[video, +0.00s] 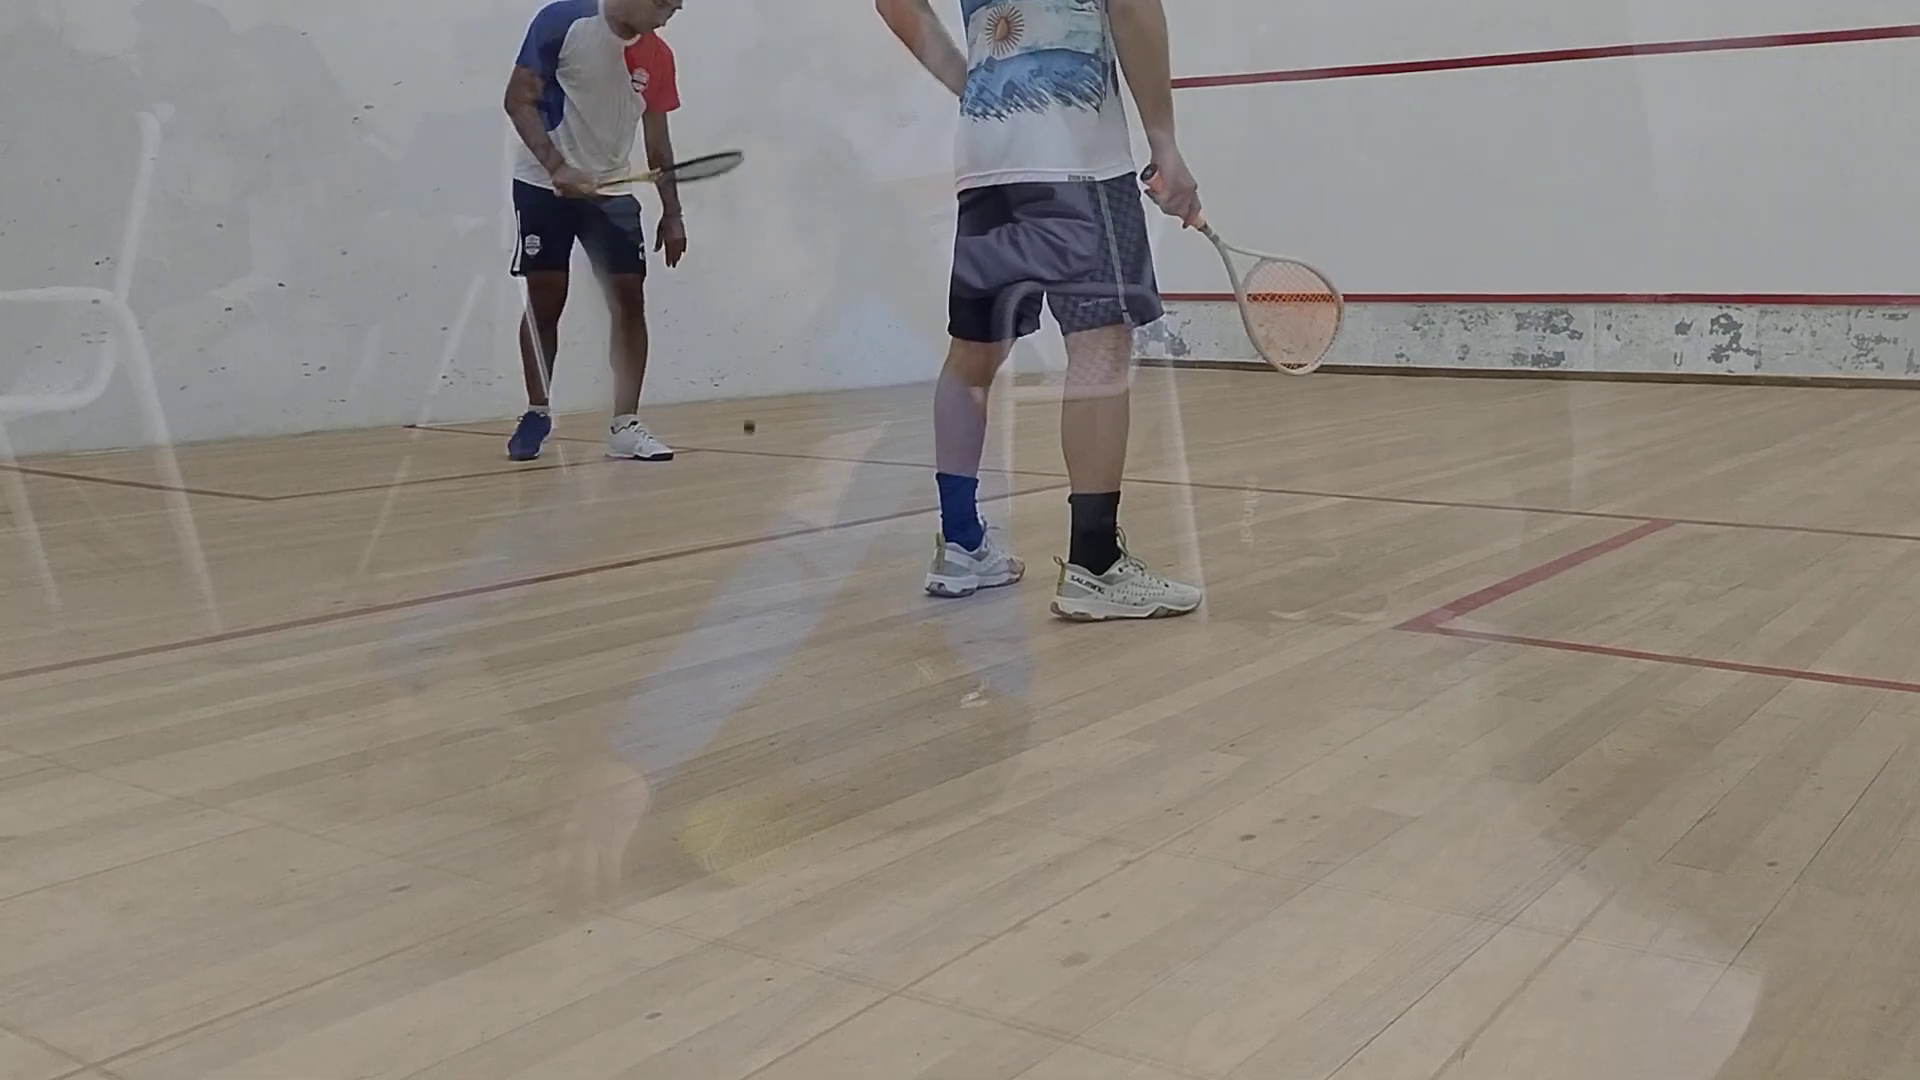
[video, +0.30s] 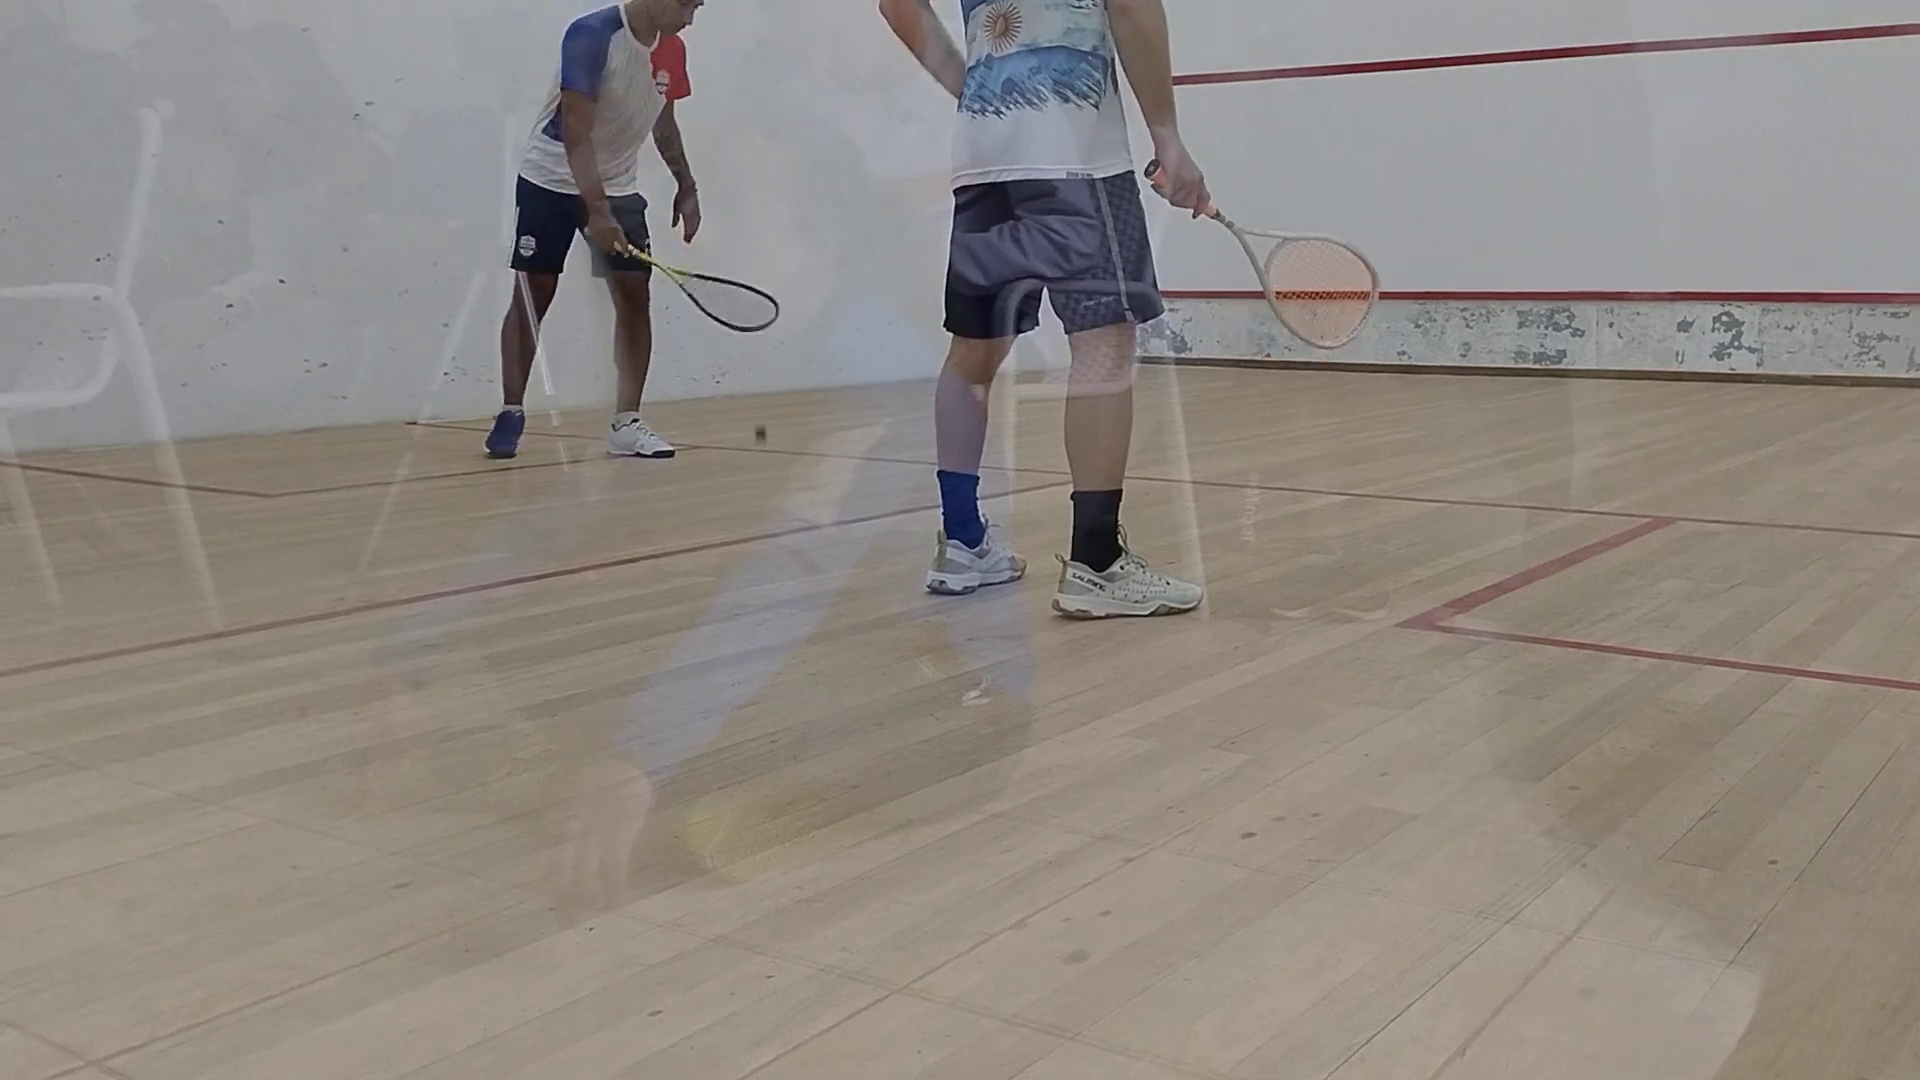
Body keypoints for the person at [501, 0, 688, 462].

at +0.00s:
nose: (666, 20)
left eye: (671, 14)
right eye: (664, 10)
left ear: (657, 8)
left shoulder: (654, 52)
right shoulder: (559, 22)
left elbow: (657, 135)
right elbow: (518, 100)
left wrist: (671, 211)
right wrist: (556, 167)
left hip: (612, 191)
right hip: (544, 187)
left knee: (630, 302)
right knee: (545, 303)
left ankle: (624, 425)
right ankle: (538, 412)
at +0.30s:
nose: (693, 16)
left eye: (696, 7)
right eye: (689, 5)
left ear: (666, 6)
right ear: (659, 0)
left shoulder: (671, 48)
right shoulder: (589, 35)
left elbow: (664, 122)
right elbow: (576, 134)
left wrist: (686, 183)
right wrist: (597, 211)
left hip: (615, 185)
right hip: (551, 181)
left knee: (635, 299)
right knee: (534, 295)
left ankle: (626, 423)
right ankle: (511, 411)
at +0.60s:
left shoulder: (641, 33)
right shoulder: (548, 21)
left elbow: (667, 121)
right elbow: (538, 110)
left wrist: (694, 113)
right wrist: (552, 186)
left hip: (598, 183)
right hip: (528, 177)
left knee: (621, 292)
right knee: (500, 294)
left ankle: (622, 421)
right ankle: (472, 411)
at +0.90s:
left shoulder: (576, 22)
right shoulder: (467, 15)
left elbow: (630, 96)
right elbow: (441, 95)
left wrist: (665, 90)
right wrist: (422, 116)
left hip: (549, 174)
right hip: (477, 173)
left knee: (587, 282)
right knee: (468, 292)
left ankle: (614, 417)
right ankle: (464, 415)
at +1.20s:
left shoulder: (520, 10)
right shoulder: (411, 8)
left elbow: (565, 104)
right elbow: (353, 67)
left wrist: (585, 155)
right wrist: (316, 17)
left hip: (514, 167)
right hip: (441, 167)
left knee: (544, 281)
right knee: (443, 291)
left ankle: (554, 415)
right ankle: (450, 411)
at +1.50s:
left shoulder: (509, 3)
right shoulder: (388, 6)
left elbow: (579, 65)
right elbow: (311, 43)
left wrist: (611, 42)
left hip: (503, 156)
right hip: (426, 161)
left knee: (544, 270)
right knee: (423, 281)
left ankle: (564, 403)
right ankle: (425, 407)